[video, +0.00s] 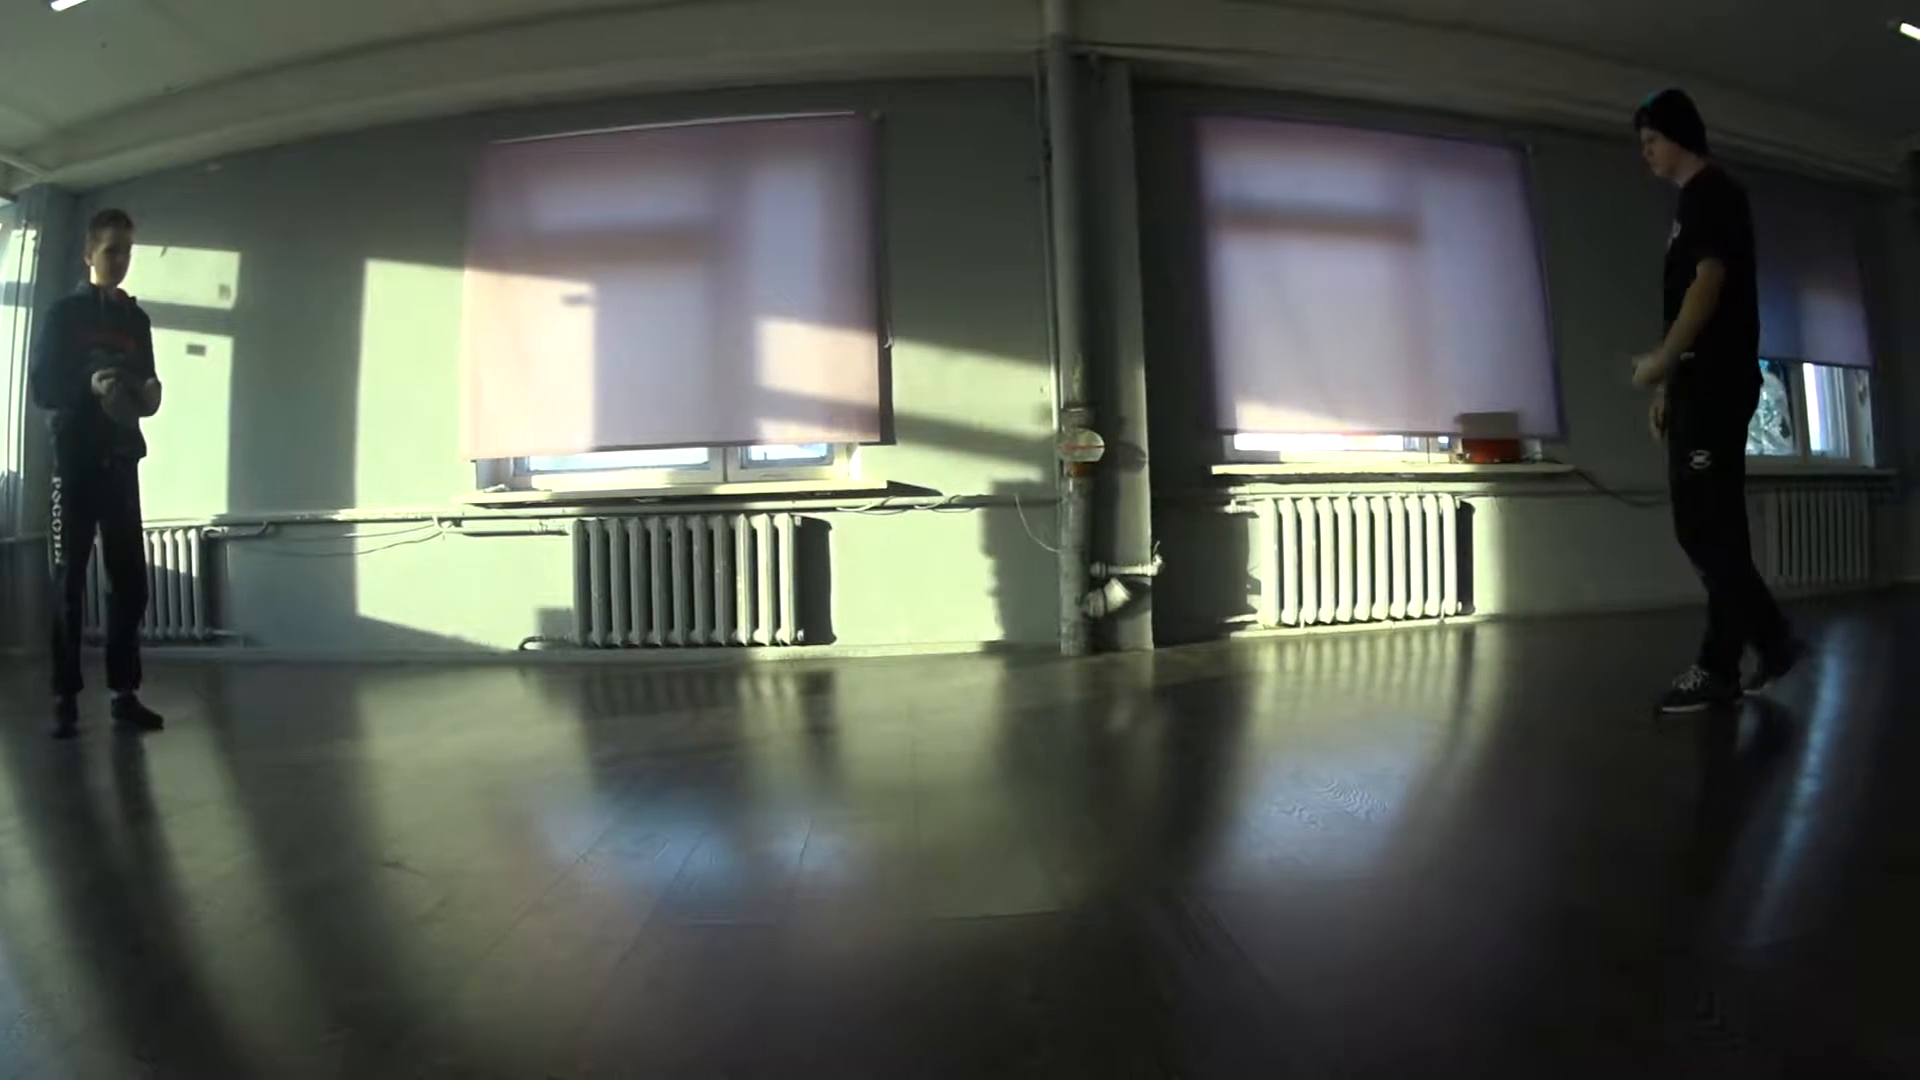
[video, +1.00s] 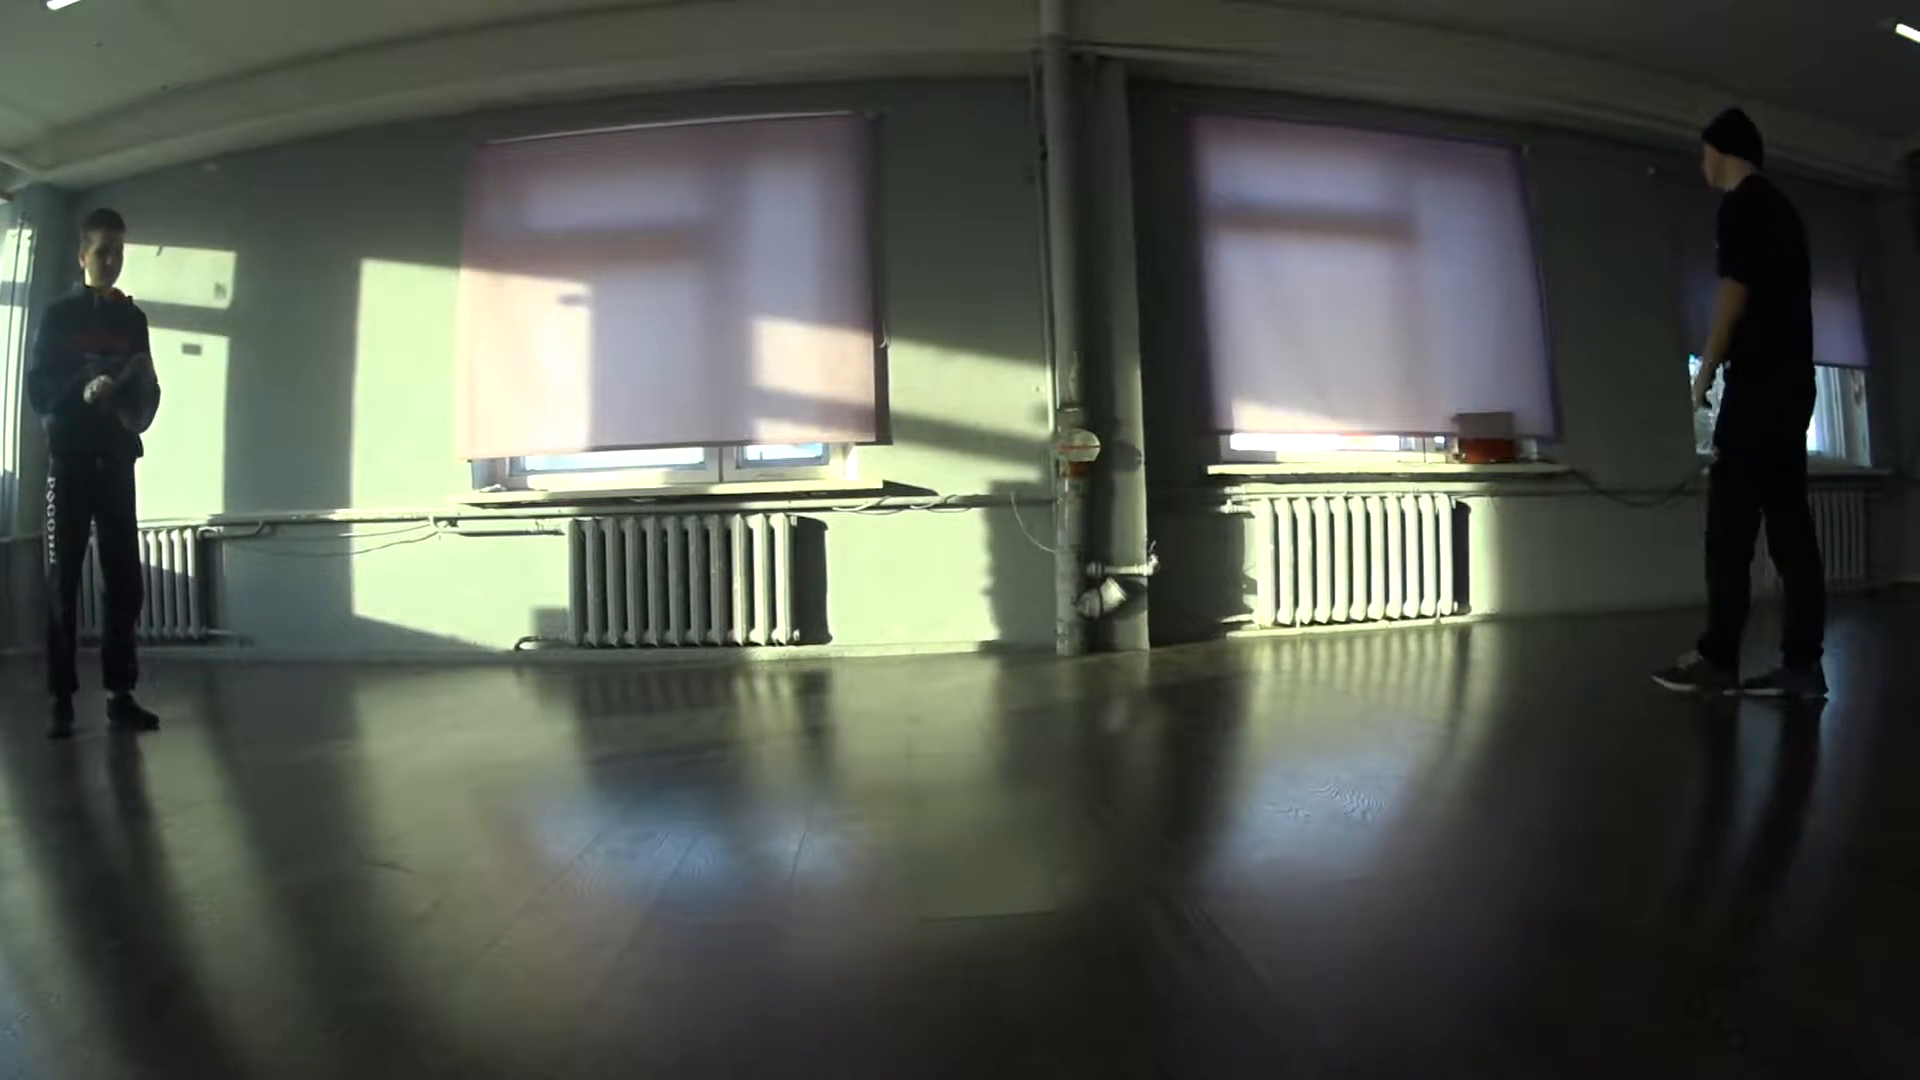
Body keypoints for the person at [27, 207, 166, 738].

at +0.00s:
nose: (120, 258)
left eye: (126, 250)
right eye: (111, 249)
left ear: (133, 253)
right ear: (89, 252)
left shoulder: (135, 317)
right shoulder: (64, 311)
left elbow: (151, 396)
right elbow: (42, 390)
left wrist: (139, 397)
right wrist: (88, 389)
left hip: (121, 458)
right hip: (76, 457)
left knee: (130, 578)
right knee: (71, 578)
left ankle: (125, 696)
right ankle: (65, 700)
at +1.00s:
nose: (111, 259)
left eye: (117, 250)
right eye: (102, 250)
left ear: (124, 254)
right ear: (82, 253)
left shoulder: (132, 315)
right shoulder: (59, 312)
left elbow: (148, 388)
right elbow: (38, 392)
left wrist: (130, 411)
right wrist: (81, 389)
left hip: (116, 457)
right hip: (70, 457)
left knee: (124, 576)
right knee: (64, 576)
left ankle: (121, 696)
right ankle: (62, 699)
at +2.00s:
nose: (109, 255)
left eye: (115, 246)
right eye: (101, 246)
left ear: (122, 252)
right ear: (80, 253)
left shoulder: (133, 315)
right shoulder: (60, 308)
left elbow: (147, 397)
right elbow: (35, 381)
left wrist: (128, 364)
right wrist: (79, 355)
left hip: (112, 458)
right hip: (65, 456)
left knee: (118, 576)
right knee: (59, 577)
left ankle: (117, 696)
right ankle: (58, 700)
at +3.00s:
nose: (107, 261)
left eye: (115, 252)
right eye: (99, 251)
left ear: (122, 257)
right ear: (81, 254)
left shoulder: (128, 311)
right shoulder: (56, 304)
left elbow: (174, 281)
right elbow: (33, 280)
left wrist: (135, 250)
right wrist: (62, 239)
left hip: (108, 456)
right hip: (61, 454)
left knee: (117, 579)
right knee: (57, 576)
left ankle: (114, 697)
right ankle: (54, 701)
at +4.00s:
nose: (108, 261)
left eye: (112, 253)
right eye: (101, 251)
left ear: (111, 256)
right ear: (78, 252)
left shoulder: (117, 307)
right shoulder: (50, 301)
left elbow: (162, 271)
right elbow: (40, 264)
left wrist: (129, 229)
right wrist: (67, 223)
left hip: (103, 454)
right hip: (57, 451)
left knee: (113, 579)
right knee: (54, 575)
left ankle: (111, 697)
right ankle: (50, 702)